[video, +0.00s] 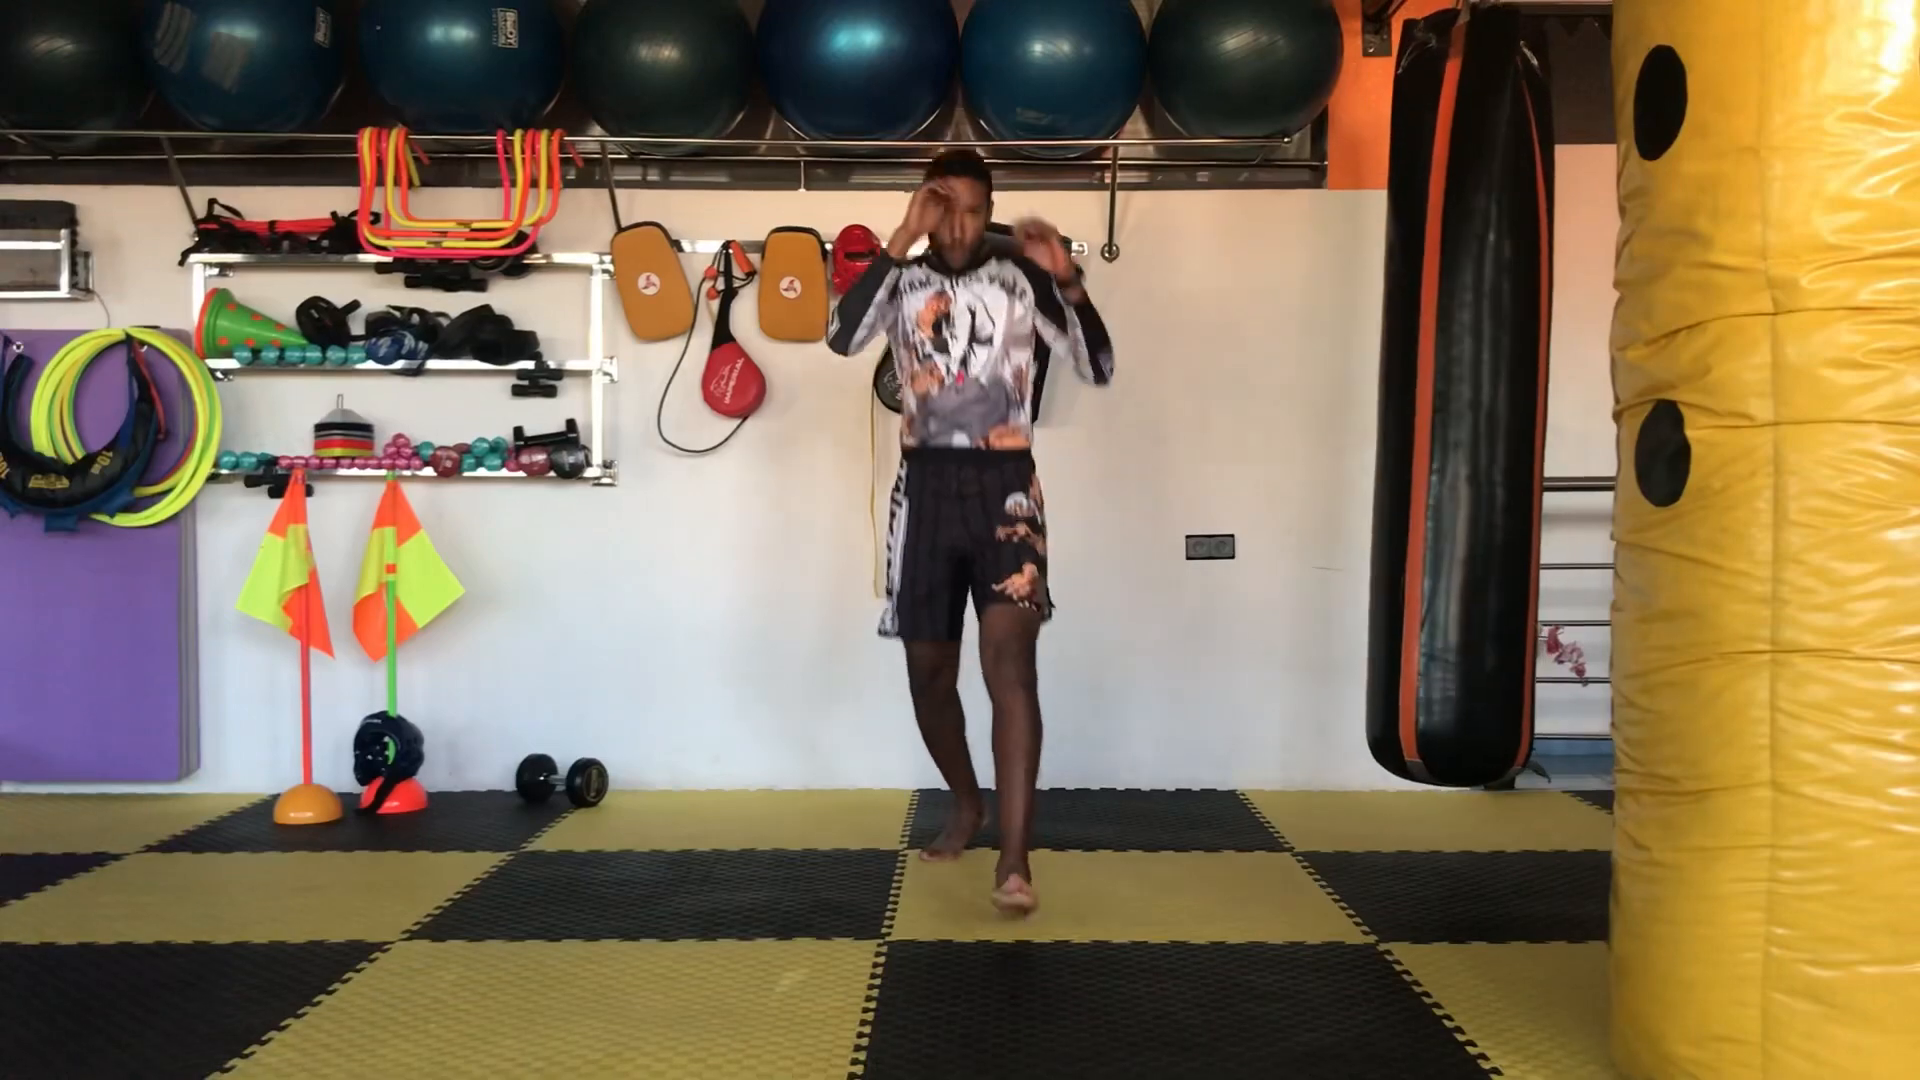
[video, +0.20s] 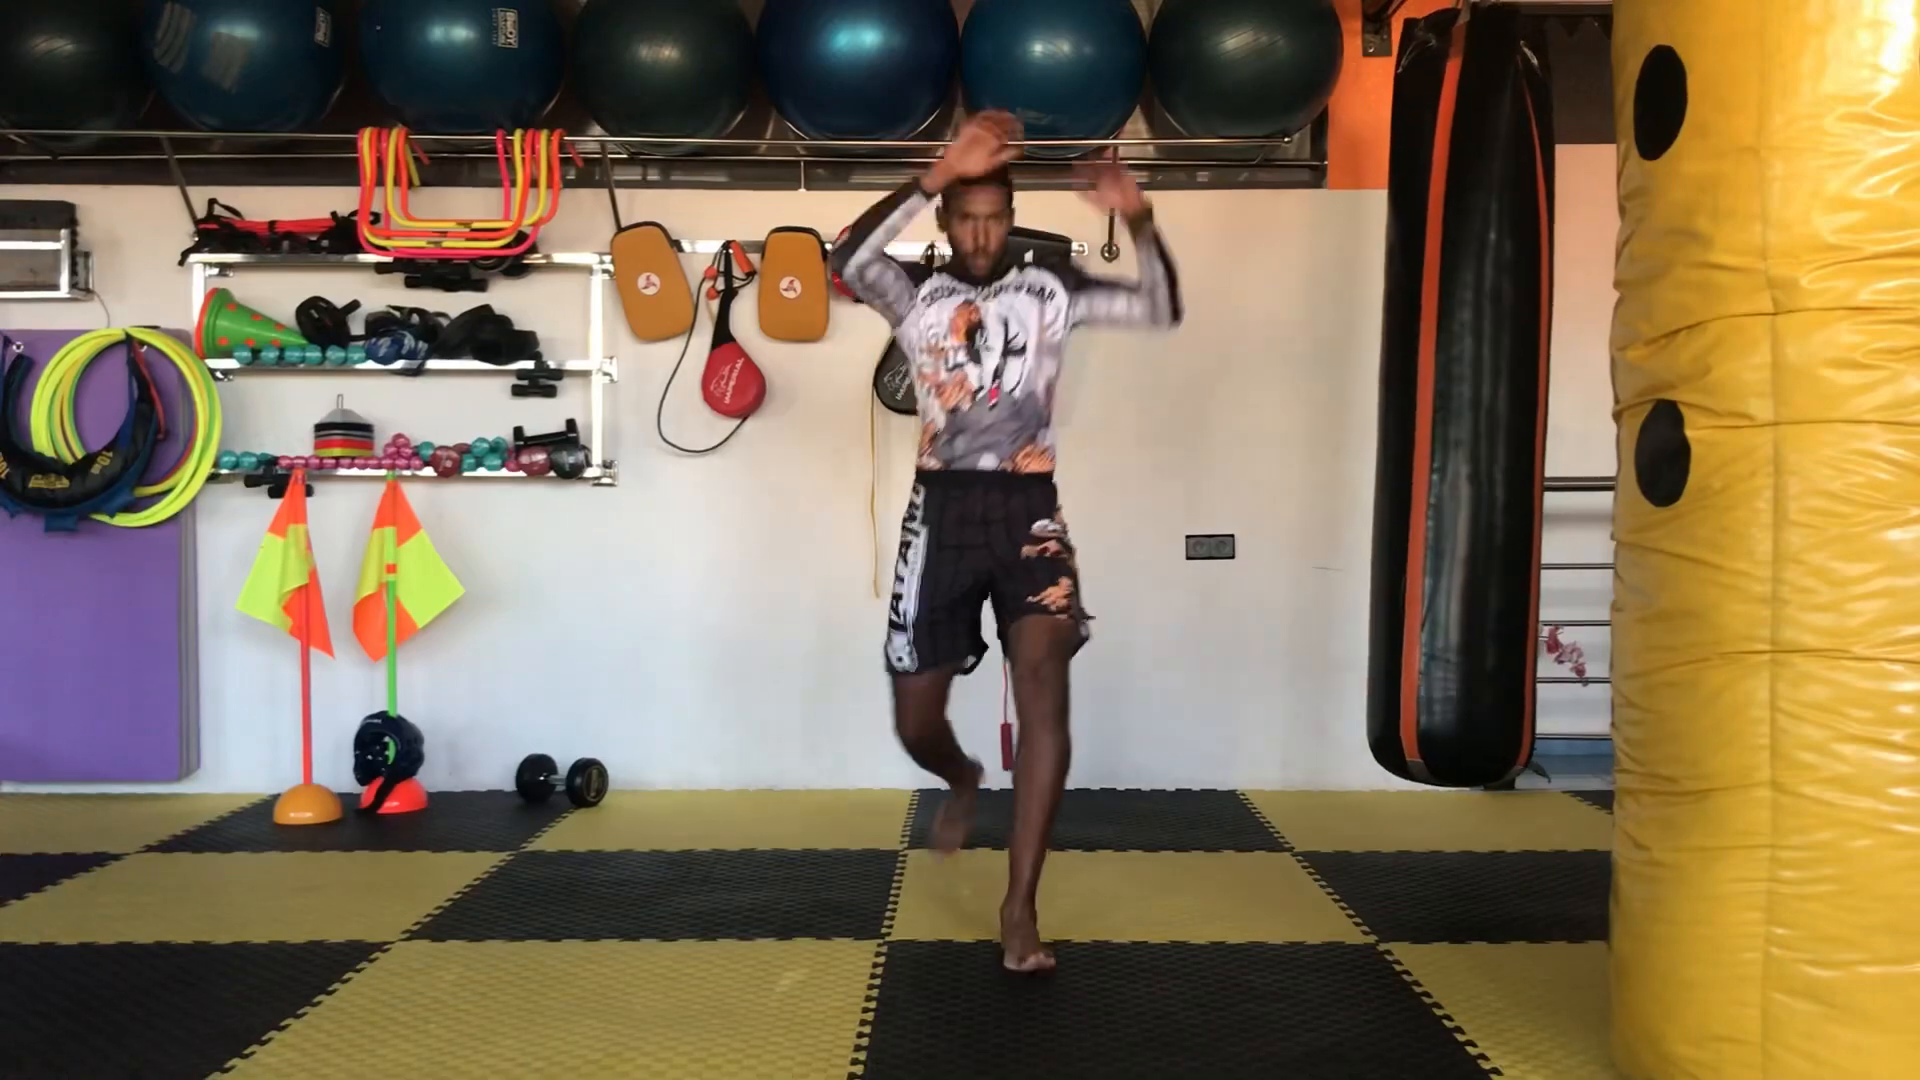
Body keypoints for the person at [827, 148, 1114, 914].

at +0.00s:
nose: (957, 221)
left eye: (971, 208)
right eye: (945, 206)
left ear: (989, 213)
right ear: (926, 213)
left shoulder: (1028, 278)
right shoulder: (904, 282)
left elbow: (1098, 368)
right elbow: (844, 338)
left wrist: (1066, 281)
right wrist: (896, 242)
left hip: (1005, 487)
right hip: (925, 487)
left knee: (1010, 667)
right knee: (929, 674)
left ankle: (1016, 857)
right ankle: (968, 803)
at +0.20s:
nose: (979, 234)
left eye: (993, 218)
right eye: (965, 219)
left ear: (1015, 222)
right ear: (944, 223)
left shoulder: (1053, 290)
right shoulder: (914, 291)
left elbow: (1160, 309)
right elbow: (845, 267)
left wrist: (1136, 218)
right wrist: (933, 176)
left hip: (1025, 509)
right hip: (938, 511)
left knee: (1043, 688)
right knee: (917, 728)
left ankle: (1021, 907)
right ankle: (966, 779)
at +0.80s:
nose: (994, 219)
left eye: (1009, 204)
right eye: (979, 205)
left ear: (1032, 206)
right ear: (956, 210)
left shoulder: (1059, 260)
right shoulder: (940, 277)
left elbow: (1061, 211)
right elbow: (864, 346)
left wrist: (935, 211)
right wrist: (775, 399)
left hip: (1086, 435)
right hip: (1001, 410)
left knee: (1090, 678)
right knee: (962, 301)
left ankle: (1018, 888)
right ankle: (899, 532)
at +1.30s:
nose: (1014, 150)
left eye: (1028, 136)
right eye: (998, 135)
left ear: (1047, 146)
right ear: (972, 144)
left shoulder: (1081, 239)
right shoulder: (935, 245)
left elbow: (1162, 354)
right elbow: (894, 378)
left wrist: (1165, 308)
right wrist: (956, 260)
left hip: (1056, 462)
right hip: (965, 458)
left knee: (1035, 686)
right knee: (916, 683)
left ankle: (993, 917)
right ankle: (965, 752)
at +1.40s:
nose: (1014, 162)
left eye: (1028, 147)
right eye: (999, 146)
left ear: (1045, 156)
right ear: (973, 153)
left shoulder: (1082, 254)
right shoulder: (936, 253)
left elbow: (1123, 385)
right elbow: (895, 376)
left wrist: (1141, 349)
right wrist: (956, 254)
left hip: (1055, 473)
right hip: (963, 470)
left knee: (1038, 690)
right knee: (931, 694)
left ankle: (996, 915)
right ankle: (995, 778)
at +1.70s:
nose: (999, 210)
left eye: (1013, 197)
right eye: (986, 196)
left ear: (1036, 203)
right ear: (967, 200)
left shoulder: (1073, 275)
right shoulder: (945, 280)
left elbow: (1138, 400)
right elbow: (893, 389)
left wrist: (1099, 326)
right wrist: (935, 290)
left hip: (1056, 491)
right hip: (973, 492)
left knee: (1063, 666)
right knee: (967, 690)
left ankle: (1052, 869)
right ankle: (1029, 830)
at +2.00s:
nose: (1020, 182)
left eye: (1033, 168)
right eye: (1006, 168)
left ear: (1056, 169)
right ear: (989, 170)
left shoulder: (1098, 241)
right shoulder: (975, 253)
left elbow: (1158, 336)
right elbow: (917, 335)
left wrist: (1098, 242)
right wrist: (959, 246)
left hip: (1079, 464)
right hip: (1002, 466)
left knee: (1088, 672)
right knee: (973, 661)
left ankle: (1121, 857)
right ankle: (1028, 807)